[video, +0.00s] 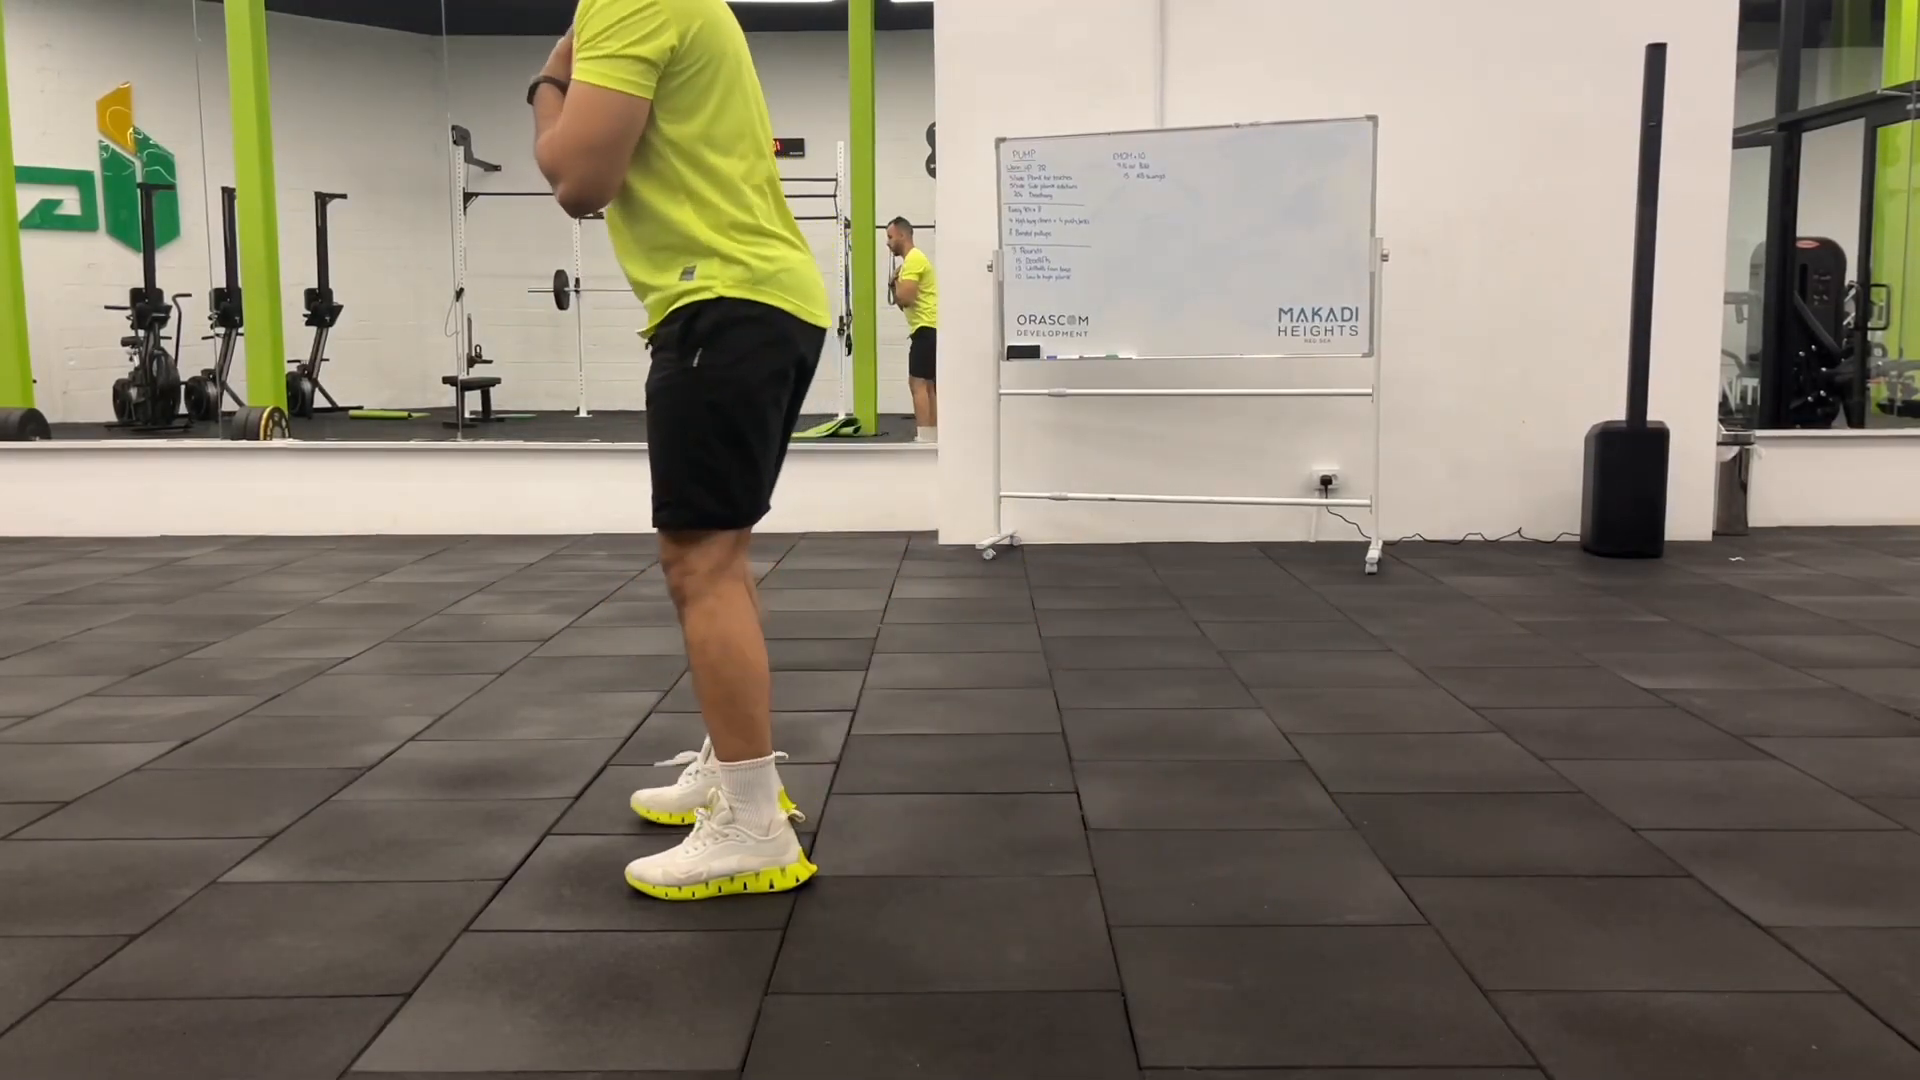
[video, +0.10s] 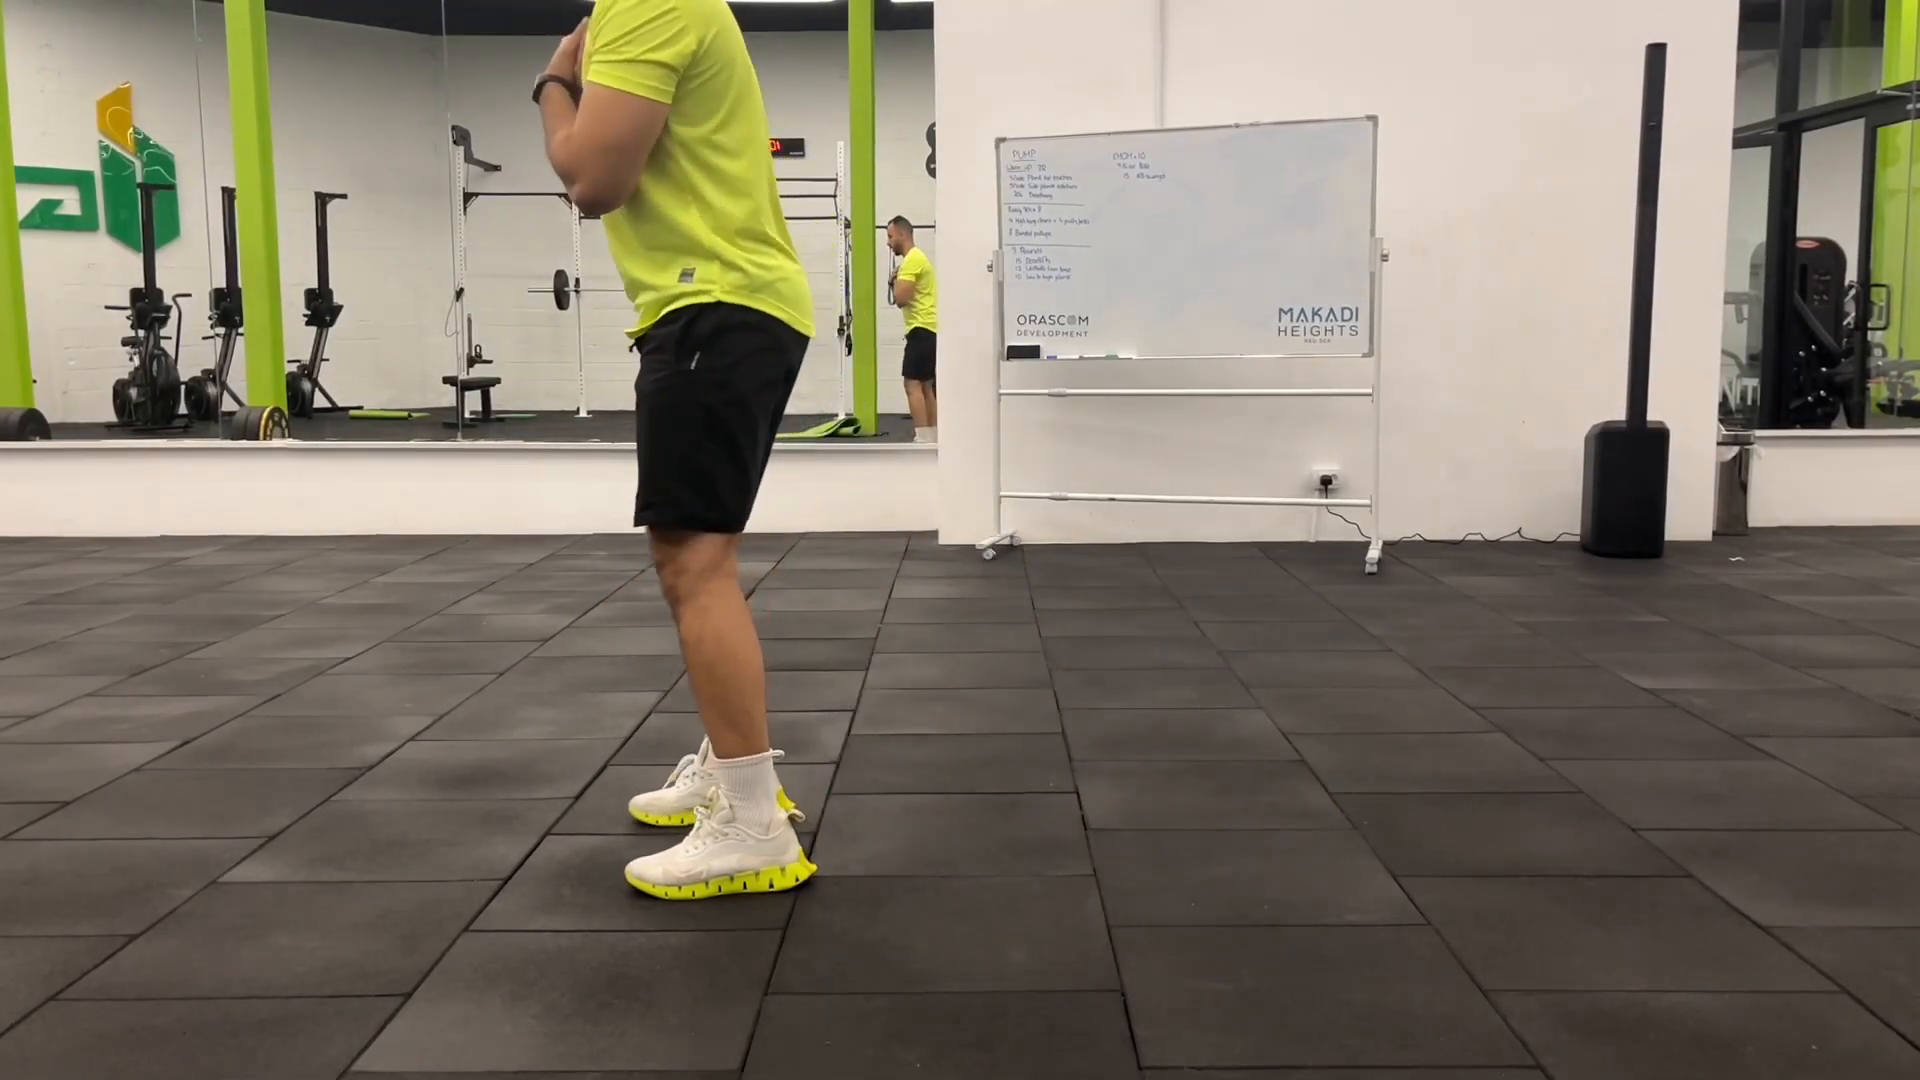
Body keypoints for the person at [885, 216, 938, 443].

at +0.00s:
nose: (887, 242)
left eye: (889, 237)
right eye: (887, 237)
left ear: (902, 235)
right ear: (904, 236)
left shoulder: (914, 259)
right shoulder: (912, 260)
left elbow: (905, 297)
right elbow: (901, 297)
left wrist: (896, 284)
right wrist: (897, 284)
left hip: (925, 328)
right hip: (927, 327)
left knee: (917, 383)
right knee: (931, 385)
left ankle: (924, 436)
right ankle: (934, 434)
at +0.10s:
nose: (888, 242)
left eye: (890, 236)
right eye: (887, 237)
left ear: (902, 235)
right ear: (905, 235)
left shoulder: (913, 260)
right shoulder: (917, 258)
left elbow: (901, 297)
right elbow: (904, 295)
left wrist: (896, 281)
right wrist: (898, 281)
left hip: (921, 330)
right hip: (928, 329)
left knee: (912, 385)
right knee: (927, 386)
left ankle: (922, 437)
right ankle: (933, 435)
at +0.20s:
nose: (888, 240)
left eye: (890, 235)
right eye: (887, 235)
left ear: (901, 233)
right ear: (905, 233)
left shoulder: (911, 258)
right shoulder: (918, 257)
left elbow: (900, 297)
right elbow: (902, 295)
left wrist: (894, 280)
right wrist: (896, 280)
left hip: (918, 329)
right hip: (928, 328)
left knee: (910, 385)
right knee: (926, 386)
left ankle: (922, 438)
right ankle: (933, 436)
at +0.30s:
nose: (888, 240)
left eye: (890, 235)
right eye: (888, 235)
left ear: (901, 233)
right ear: (905, 233)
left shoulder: (911, 258)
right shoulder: (918, 257)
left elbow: (899, 297)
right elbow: (902, 294)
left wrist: (893, 280)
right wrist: (895, 280)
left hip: (917, 329)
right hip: (928, 328)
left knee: (909, 386)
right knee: (926, 386)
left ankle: (922, 438)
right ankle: (933, 436)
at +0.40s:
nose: (888, 240)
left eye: (889, 235)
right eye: (888, 235)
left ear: (900, 234)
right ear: (905, 234)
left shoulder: (911, 259)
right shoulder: (919, 257)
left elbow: (899, 297)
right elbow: (903, 294)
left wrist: (893, 281)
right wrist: (895, 281)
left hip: (917, 330)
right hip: (928, 328)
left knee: (910, 386)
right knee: (926, 387)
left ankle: (922, 438)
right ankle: (933, 436)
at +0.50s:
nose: (888, 241)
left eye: (890, 235)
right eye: (888, 236)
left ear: (901, 234)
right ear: (905, 234)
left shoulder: (911, 259)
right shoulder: (919, 257)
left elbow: (899, 297)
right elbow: (902, 295)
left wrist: (894, 281)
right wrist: (896, 281)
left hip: (918, 329)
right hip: (929, 328)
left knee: (911, 385)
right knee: (926, 386)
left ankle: (922, 438)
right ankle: (933, 435)